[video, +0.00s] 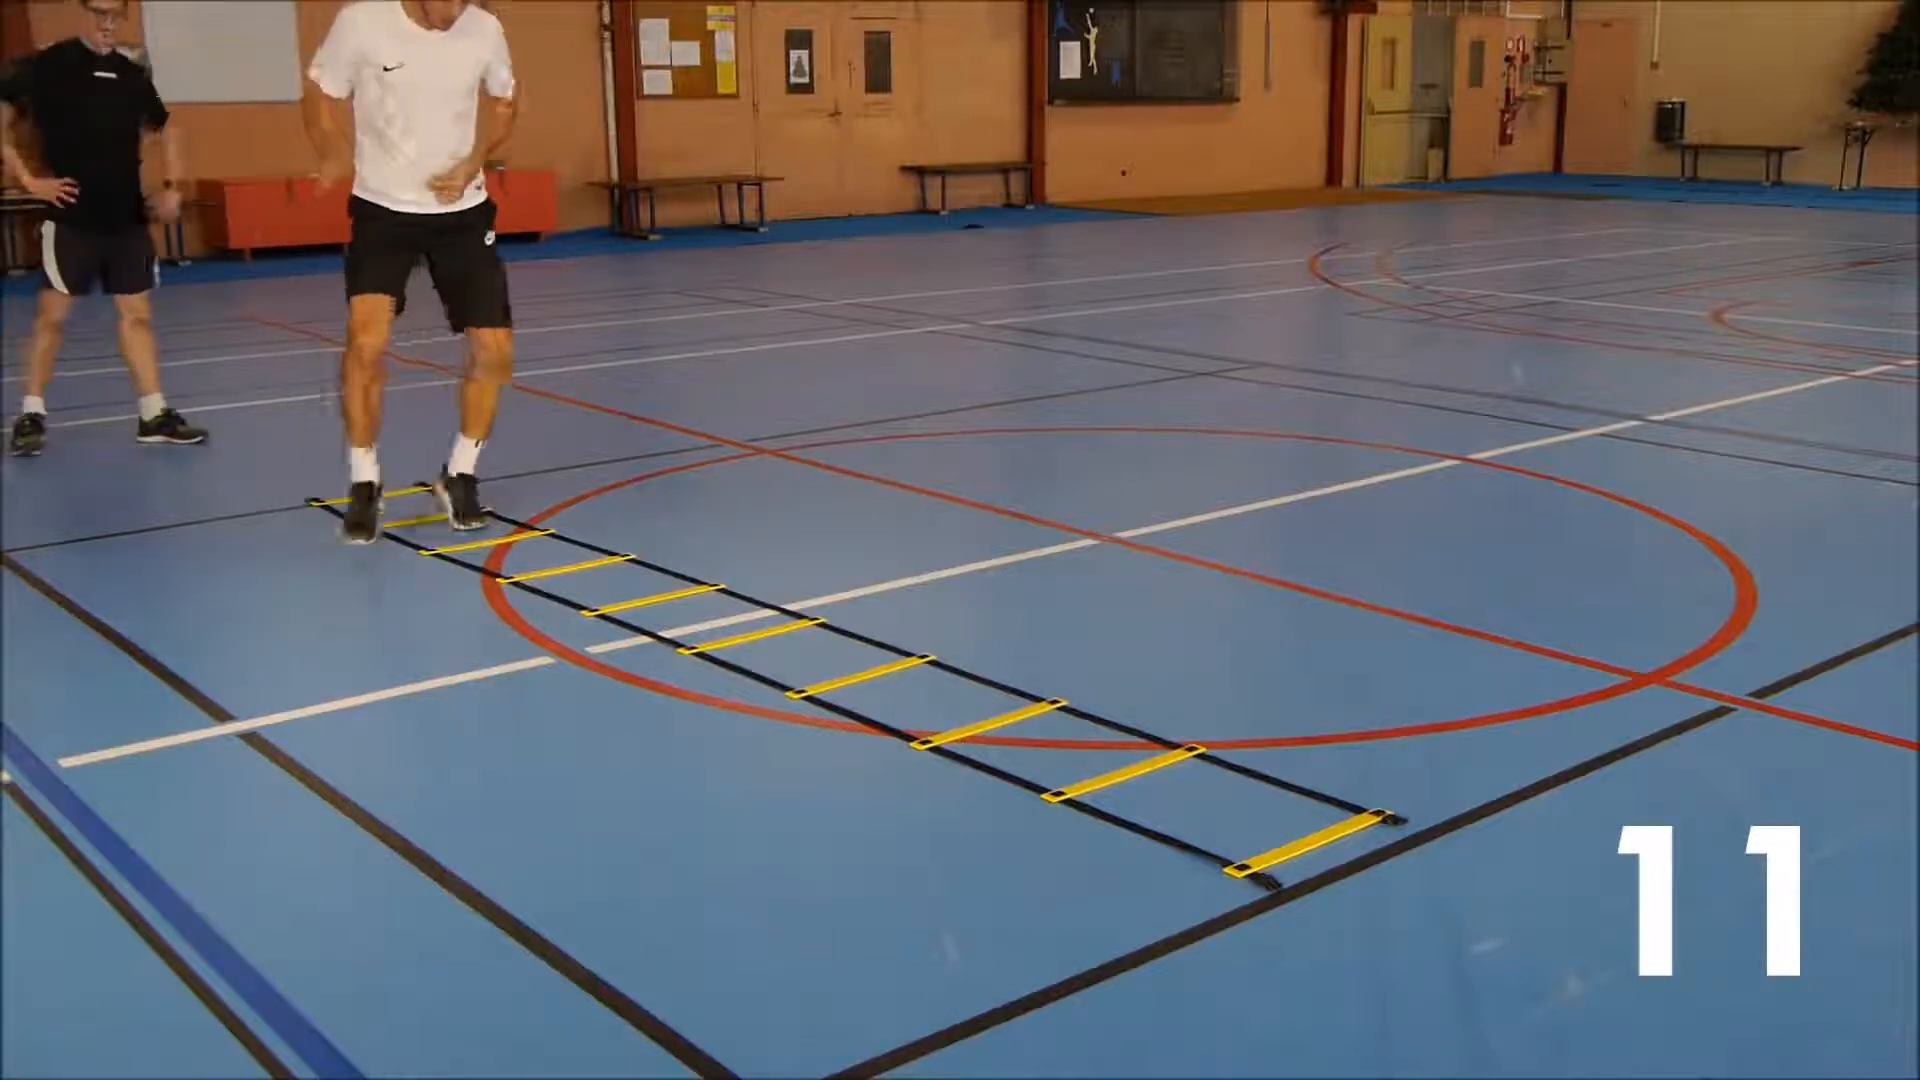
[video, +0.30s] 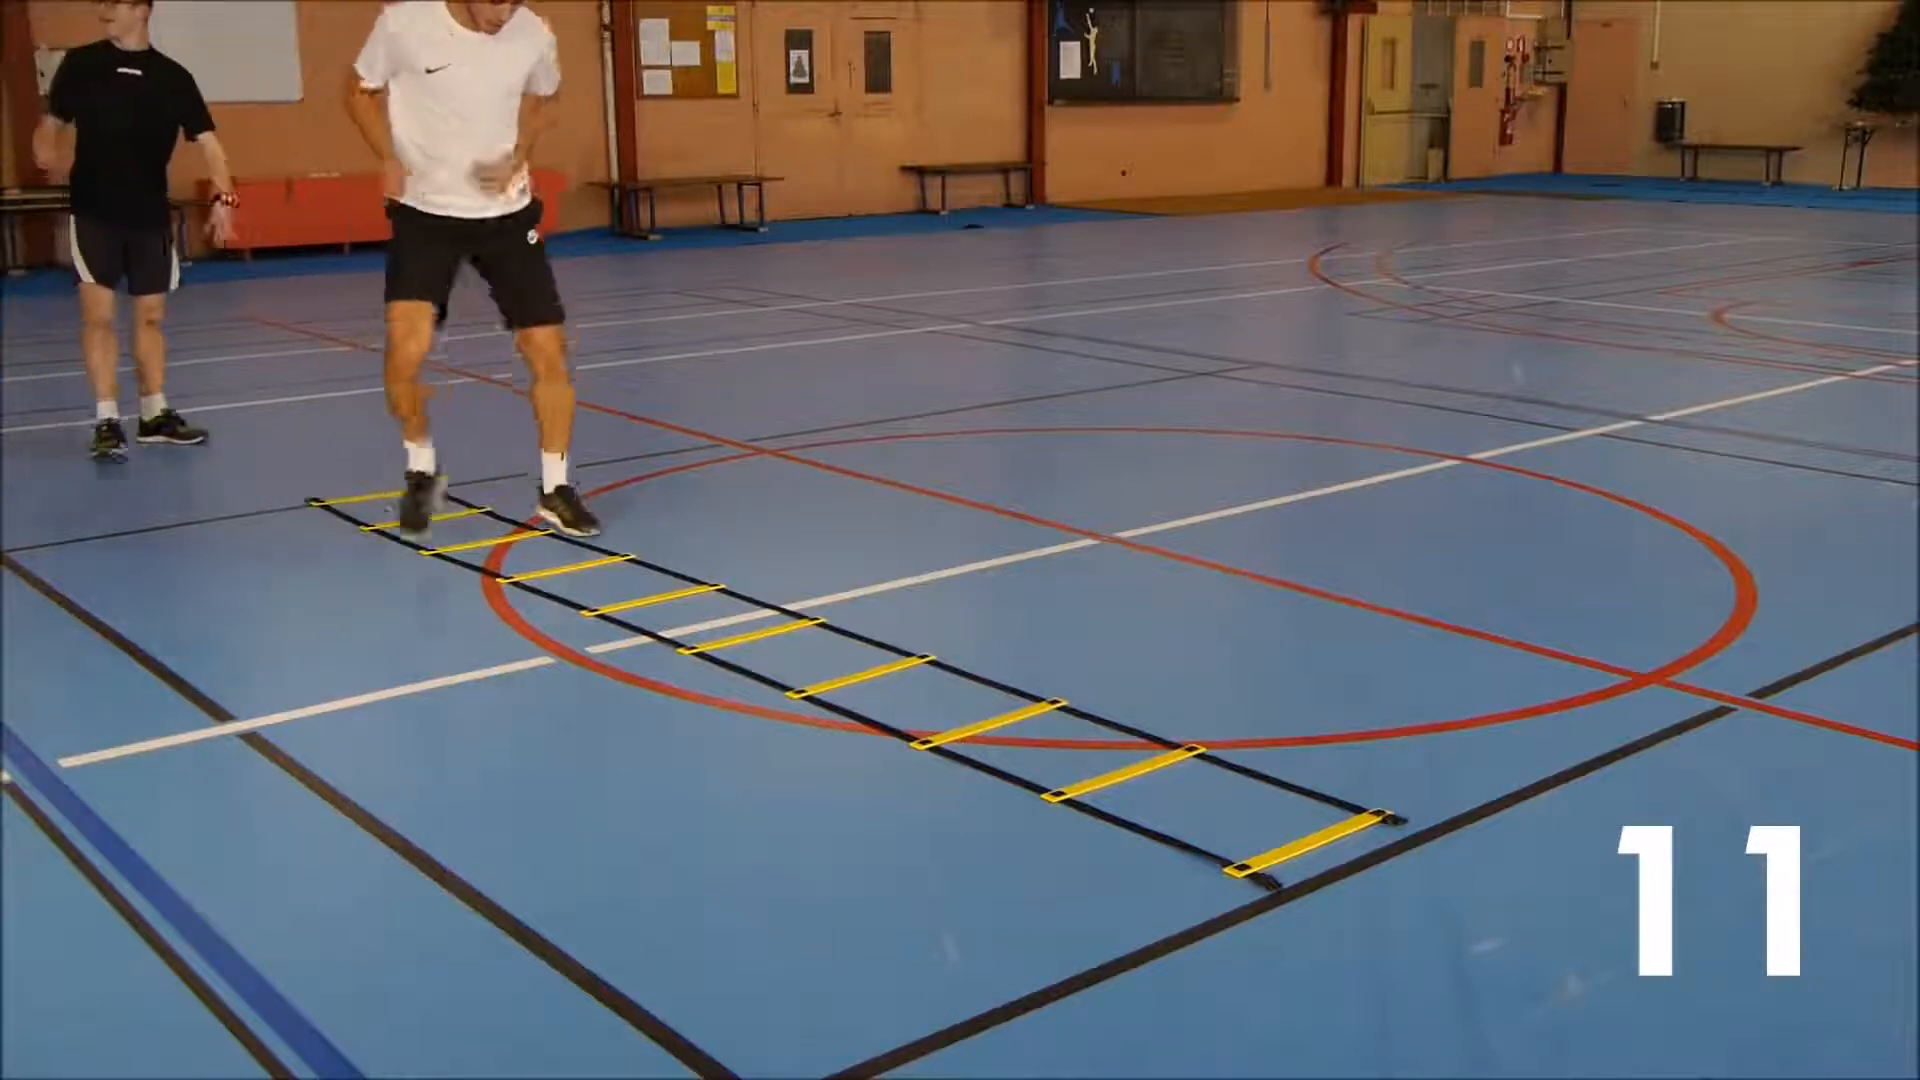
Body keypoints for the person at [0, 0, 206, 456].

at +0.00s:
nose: (108, 24)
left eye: (116, 17)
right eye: (100, 15)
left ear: (124, 19)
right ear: (83, 15)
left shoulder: (133, 74)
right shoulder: (50, 65)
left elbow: (165, 129)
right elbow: (3, 120)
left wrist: (171, 185)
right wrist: (28, 180)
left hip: (125, 211)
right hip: (69, 213)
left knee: (137, 313)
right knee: (53, 313)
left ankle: (154, 413)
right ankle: (32, 411)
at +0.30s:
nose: (105, 10)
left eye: (116, 3)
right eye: (104, 4)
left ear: (143, 11)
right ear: (105, 11)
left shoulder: (174, 76)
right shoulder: (81, 63)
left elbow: (209, 143)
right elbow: (51, 121)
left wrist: (224, 197)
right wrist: (44, 150)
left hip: (149, 210)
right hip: (93, 209)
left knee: (151, 314)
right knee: (98, 314)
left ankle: (155, 413)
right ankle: (107, 419)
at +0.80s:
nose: (125, 16)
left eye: (131, 8)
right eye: (114, 9)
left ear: (140, 8)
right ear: (95, 10)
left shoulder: (165, 65)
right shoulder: (72, 74)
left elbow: (197, 135)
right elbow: (59, 152)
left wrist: (216, 196)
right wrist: (72, 221)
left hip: (179, 211)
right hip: (121, 219)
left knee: (208, 310)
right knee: (127, 325)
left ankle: (185, 391)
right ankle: (136, 427)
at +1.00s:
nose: (150, 30)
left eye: (158, 20)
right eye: (139, 21)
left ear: (165, 16)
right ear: (117, 16)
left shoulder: (182, 66)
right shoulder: (91, 73)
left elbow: (210, 136)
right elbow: (74, 150)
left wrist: (240, 197)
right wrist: (86, 221)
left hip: (195, 214)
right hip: (135, 221)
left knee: (225, 316)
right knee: (131, 328)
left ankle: (245, 420)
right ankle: (137, 428)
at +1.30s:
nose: (224, 31)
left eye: (232, 23)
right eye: (215, 22)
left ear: (240, 20)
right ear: (192, 16)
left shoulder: (248, 75)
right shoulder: (158, 68)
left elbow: (262, 149)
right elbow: (134, 139)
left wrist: (277, 215)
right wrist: (140, 208)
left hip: (238, 219)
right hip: (180, 221)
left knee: (246, 320)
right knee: (168, 325)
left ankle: (259, 425)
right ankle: (147, 425)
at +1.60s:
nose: (201, 12)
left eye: (211, 4)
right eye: (201, 5)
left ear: (241, 9)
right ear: (204, 12)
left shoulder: (278, 73)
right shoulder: (182, 63)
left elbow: (301, 148)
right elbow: (163, 139)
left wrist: (307, 215)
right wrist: (172, 207)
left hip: (257, 218)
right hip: (199, 219)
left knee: (257, 323)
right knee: (208, 326)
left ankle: (261, 427)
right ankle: (218, 435)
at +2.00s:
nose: (161, 14)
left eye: (169, 5)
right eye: (160, 7)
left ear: (198, 7)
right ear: (185, 14)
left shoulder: (257, 62)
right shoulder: (165, 74)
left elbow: (291, 140)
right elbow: (156, 152)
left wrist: (285, 209)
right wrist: (144, 167)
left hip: (273, 215)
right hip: (214, 223)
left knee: (310, 319)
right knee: (225, 332)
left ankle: (295, 402)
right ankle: (241, 438)